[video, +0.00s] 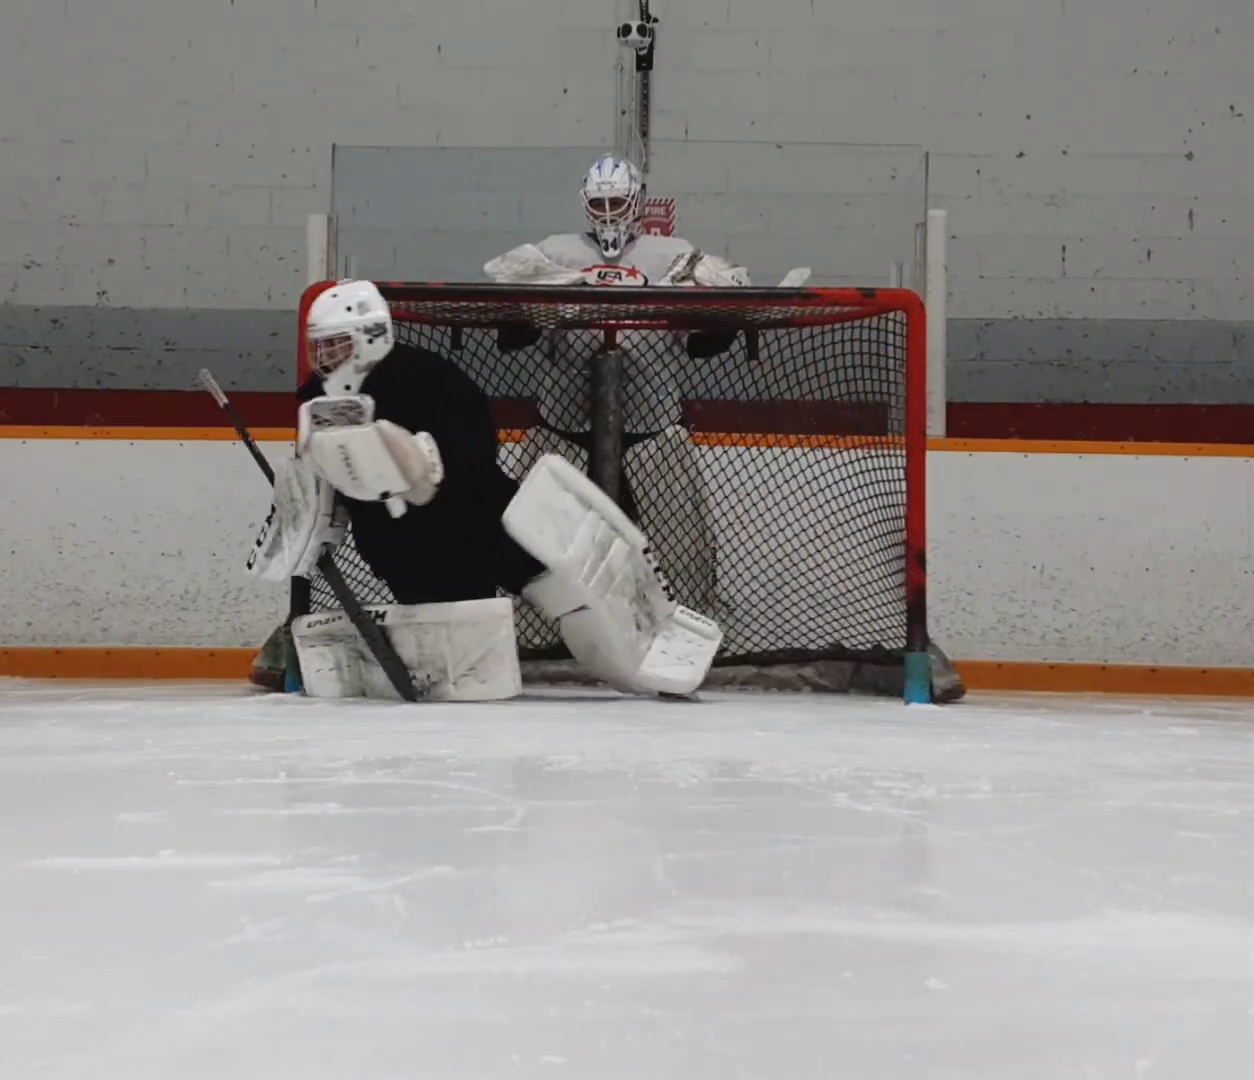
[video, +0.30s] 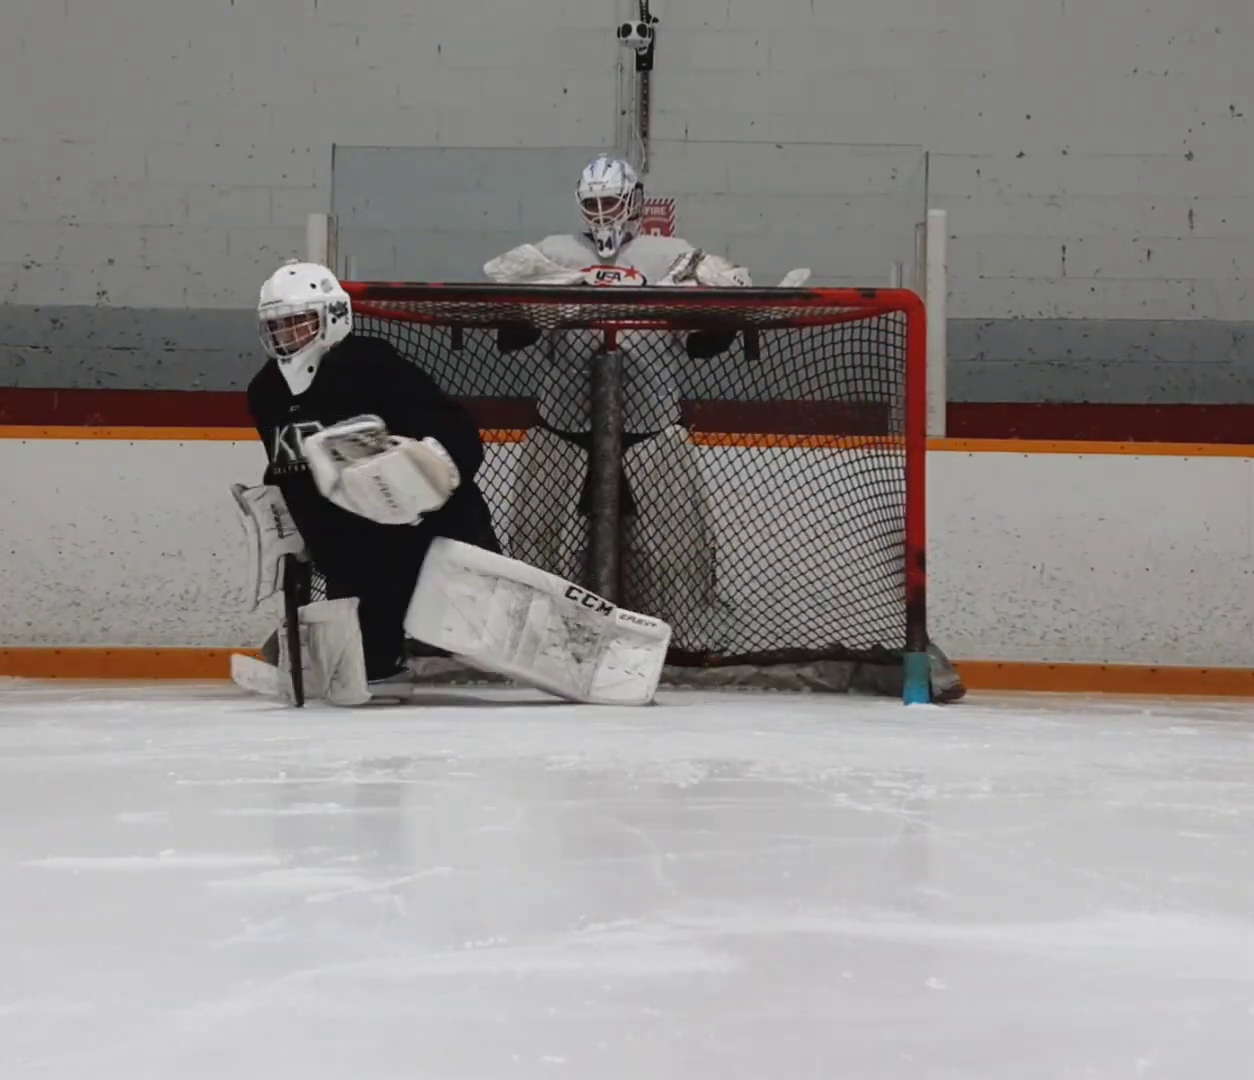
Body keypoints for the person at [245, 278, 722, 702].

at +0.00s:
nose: (324, 357)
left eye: (334, 343)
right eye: (318, 346)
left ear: (371, 336)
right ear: (314, 348)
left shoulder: (429, 377)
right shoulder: (325, 400)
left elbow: (469, 445)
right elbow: (318, 489)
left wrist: (385, 446)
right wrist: (316, 451)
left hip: (478, 556)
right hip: (405, 564)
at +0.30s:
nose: (288, 336)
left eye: (298, 323)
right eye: (278, 327)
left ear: (332, 318)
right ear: (266, 330)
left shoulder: (369, 360)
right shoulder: (266, 392)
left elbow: (458, 434)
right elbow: (289, 477)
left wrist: (399, 477)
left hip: (439, 543)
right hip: (355, 558)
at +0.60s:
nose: (352, 247)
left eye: (366, 234)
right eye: (341, 235)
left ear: (404, 228)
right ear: (328, 235)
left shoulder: (451, 280)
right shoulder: (307, 293)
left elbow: (529, 362)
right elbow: (260, 384)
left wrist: (525, 419)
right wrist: (215, 455)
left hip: (446, 464)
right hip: (359, 472)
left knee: (476, 565)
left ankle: (520, 678)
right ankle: (351, 659)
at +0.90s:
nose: (334, 205)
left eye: (348, 191)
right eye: (321, 192)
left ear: (377, 188)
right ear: (303, 193)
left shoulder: (426, 252)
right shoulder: (277, 258)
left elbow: (486, 363)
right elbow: (227, 354)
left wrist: (440, 406)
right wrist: (176, 422)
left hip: (440, 437)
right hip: (336, 438)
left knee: (445, 542)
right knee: (275, 540)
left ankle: (520, 676)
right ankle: (238, 665)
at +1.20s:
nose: (397, 234)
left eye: (409, 218)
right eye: (379, 220)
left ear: (424, 215)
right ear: (344, 217)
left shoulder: (457, 279)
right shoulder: (300, 271)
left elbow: (517, 369)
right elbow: (219, 339)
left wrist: (534, 432)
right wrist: (182, 417)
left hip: (450, 464)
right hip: (344, 461)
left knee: (534, 567)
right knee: (263, 547)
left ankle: (642, 672)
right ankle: (190, 663)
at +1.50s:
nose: (737, 319)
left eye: (744, 308)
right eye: (725, 303)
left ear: (749, 312)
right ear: (676, 295)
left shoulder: (745, 394)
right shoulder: (593, 329)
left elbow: (758, 499)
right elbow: (480, 366)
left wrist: (856, 534)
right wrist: (523, 413)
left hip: (637, 558)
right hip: (527, 532)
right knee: (457, 663)